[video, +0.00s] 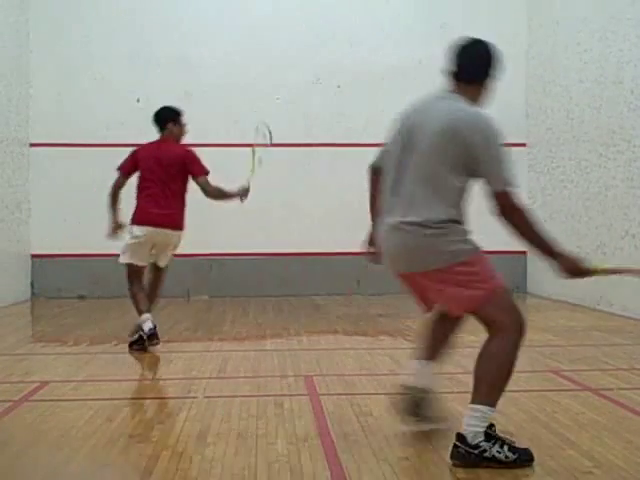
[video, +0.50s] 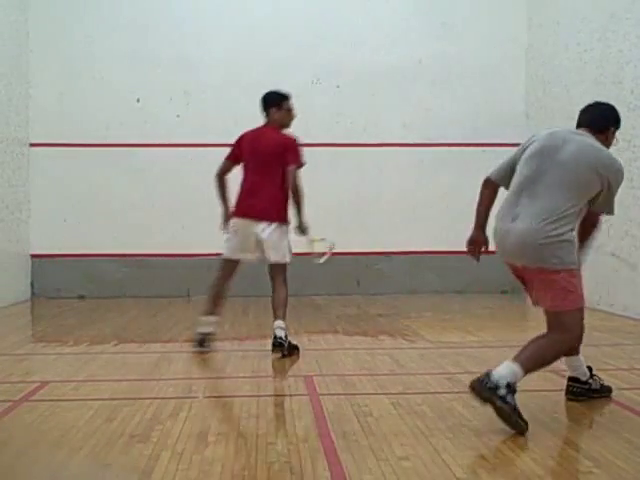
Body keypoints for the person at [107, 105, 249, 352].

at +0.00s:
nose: (185, 128)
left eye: (183, 123)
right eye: (181, 124)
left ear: (163, 127)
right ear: (171, 126)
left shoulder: (142, 151)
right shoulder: (185, 154)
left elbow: (115, 188)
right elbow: (209, 190)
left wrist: (114, 219)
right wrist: (236, 194)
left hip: (143, 223)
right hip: (172, 227)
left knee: (135, 279)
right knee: (156, 279)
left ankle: (147, 324)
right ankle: (139, 333)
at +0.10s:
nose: (205, 124)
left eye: (203, 119)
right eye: (201, 119)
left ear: (182, 122)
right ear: (188, 121)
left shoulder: (159, 147)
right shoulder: (200, 151)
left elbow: (136, 183)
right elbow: (207, 194)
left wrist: (143, 210)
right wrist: (230, 213)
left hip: (155, 221)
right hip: (186, 223)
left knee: (146, 274)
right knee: (186, 267)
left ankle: (150, 330)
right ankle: (186, 314)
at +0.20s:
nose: (227, 123)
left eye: (227, 118)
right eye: (222, 119)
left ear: (205, 120)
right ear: (209, 119)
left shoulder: (182, 143)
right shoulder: (218, 151)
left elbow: (157, 178)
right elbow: (215, 195)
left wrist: (166, 205)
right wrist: (235, 222)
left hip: (174, 220)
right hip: (204, 224)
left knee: (158, 272)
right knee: (218, 272)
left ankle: (151, 331)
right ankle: (232, 311)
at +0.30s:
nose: (252, 125)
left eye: (251, 119)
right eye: (247, 120)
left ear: (229, 122)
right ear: (233, 122)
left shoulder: (206, 145)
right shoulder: (243, 153)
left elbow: (178, 176)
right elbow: (237, 195)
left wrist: (187, 204)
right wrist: (250, 227)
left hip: (196, 221)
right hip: (227, 225)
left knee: (172, 272)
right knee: (247, 276)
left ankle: (152, 332)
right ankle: (271, 326)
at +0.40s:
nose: (275, 126)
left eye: (274, 121)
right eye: (270, 121)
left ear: (252, 124)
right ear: (255, 123)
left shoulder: (231, 149)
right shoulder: (268, 154)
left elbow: (200, 180)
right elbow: (267, 198)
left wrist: (208, 216)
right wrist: (273, 230)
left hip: (225, 226)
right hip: (256, 229)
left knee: (196, 276)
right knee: (274, 282)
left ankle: (165, 328)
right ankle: (280, 336)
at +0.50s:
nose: (292, 114)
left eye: (291, 109)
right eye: (288, 109)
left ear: (269, 112)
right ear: (274, 112)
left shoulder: (247, 138)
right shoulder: (288, 142)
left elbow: (221, 174)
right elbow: (293, 183)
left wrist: (226, 209)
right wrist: (300, 218)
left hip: (242, 215)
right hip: (273, 218)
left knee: (224, 272)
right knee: (279, 277)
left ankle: (206, 326)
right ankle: (279, 332)